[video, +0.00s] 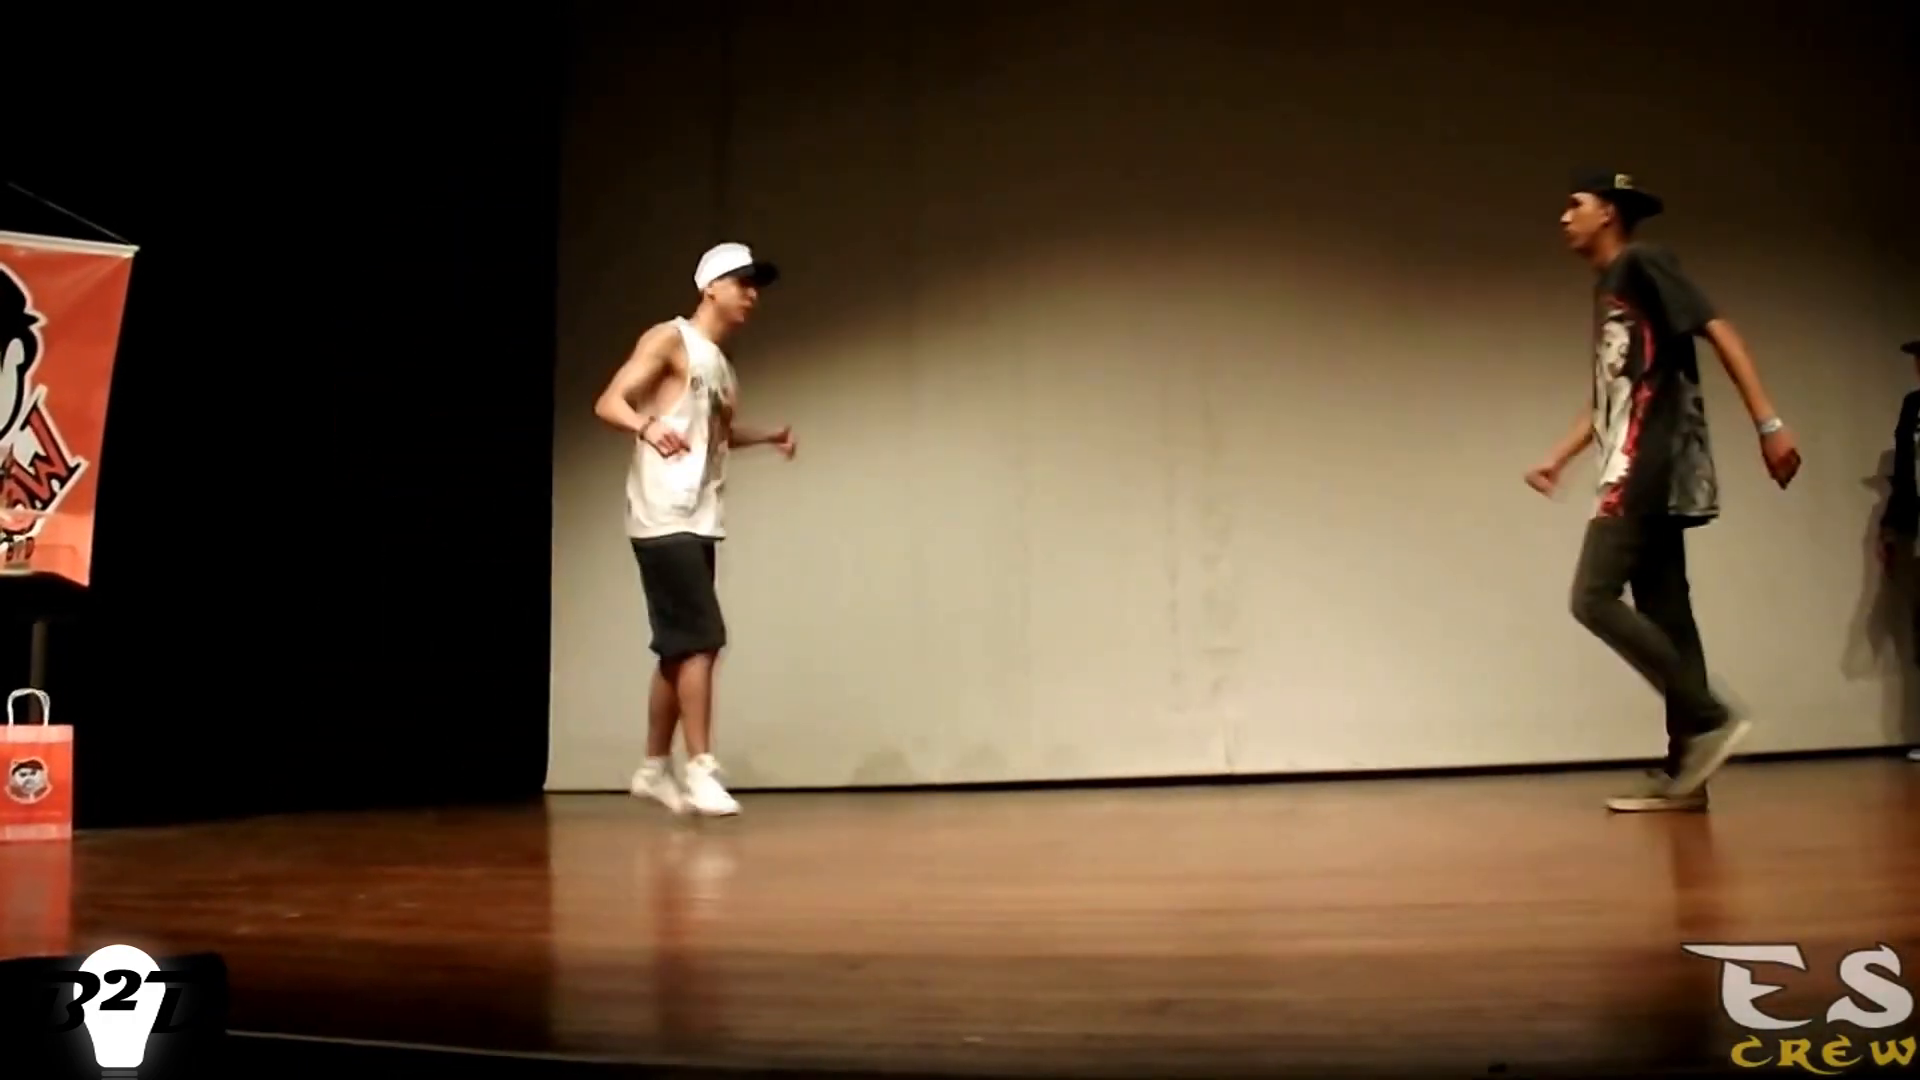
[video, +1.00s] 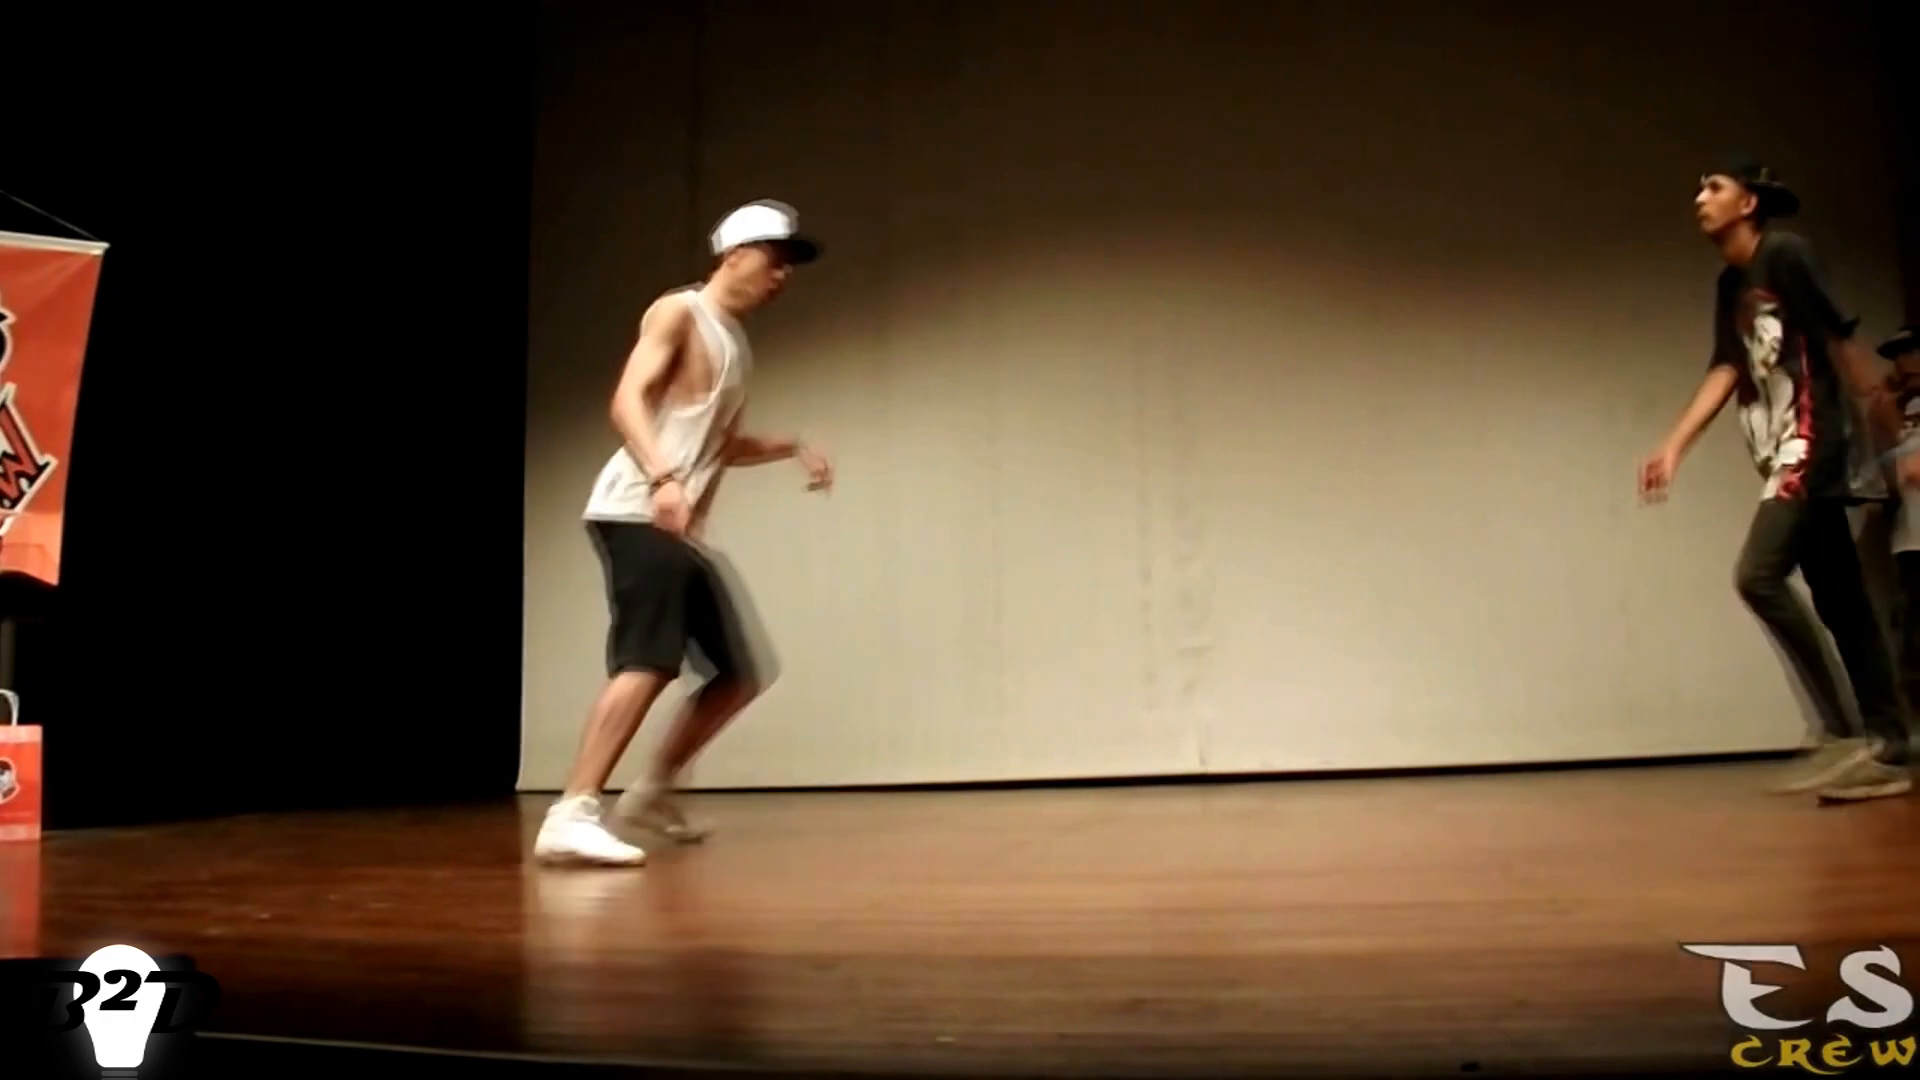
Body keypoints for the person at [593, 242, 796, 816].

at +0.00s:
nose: (752, 294)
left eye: (754, 285)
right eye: (741, 283)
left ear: (743, 294)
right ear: (709, 287)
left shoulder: (719, 366)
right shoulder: (667, 340)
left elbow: (717, 436)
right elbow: (609, 402)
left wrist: (769, 436)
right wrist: (646, 427)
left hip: (698, 522)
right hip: (663, 521)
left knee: (680, 649)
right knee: (702, 638)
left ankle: (653, 768)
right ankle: (698, 767)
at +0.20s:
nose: (776, 317)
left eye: (779, 306)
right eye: (767, 304)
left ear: (762, 309)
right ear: (734, 302)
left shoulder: (733, 374)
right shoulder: (688, 357)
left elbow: (730, 456)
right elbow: (637, 428)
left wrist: (789, 457)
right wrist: (692, 438)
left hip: (716, 546)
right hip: (676, 543)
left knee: (703, 663)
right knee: (732, 658)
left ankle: (653, 775)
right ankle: (711, 793)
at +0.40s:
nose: (808, 274)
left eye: (811, 264)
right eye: (799, 260)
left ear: (791, 268)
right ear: (762, 257)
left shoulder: (765, 335)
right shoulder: (712, 311)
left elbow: (754, 417)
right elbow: (671, 382)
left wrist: (816, 431)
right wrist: (756, 373)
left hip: (754, 521)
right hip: (693, 522)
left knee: (789, 644)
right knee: (703, 662)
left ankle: (785, 783)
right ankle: (701, 789)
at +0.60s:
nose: (838, 302)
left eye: (841, 290)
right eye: (829, 287)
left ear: (820, 290)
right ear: (791, 281)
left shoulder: (801, 371)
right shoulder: (734, 334)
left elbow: (803, 470)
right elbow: (706, 413)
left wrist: (869, 466)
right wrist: (771, 433)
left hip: (791, 544)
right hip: (723, 552)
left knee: (844, 658)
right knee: (742, 697)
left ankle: (859, 800)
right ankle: (713, 772)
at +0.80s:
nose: (835, 264)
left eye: (841, 253)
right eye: (826, 247)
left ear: (822, 253)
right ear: (787, 236)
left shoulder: (779, 331)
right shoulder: (724, 282)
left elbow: (779, 413)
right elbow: (668, 364)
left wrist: (828, 423)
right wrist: (719, 437)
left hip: (746, 499)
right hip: (681, 483)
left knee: (791, 634)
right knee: (729, 610)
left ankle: (819, 788)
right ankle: (676, 773)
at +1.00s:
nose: (782, 277)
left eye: (787, 266)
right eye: (772, 260)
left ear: (772, 272)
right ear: (732, 255)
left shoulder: (735, 346)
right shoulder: (677, 312)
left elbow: (719, 445)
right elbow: (627, 402)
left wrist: (792, 448)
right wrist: (663, 476)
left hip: (679, 530)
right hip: (632, 515)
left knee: (742, 673)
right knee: (649, 661)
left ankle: (650, 801)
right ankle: (571, 815)